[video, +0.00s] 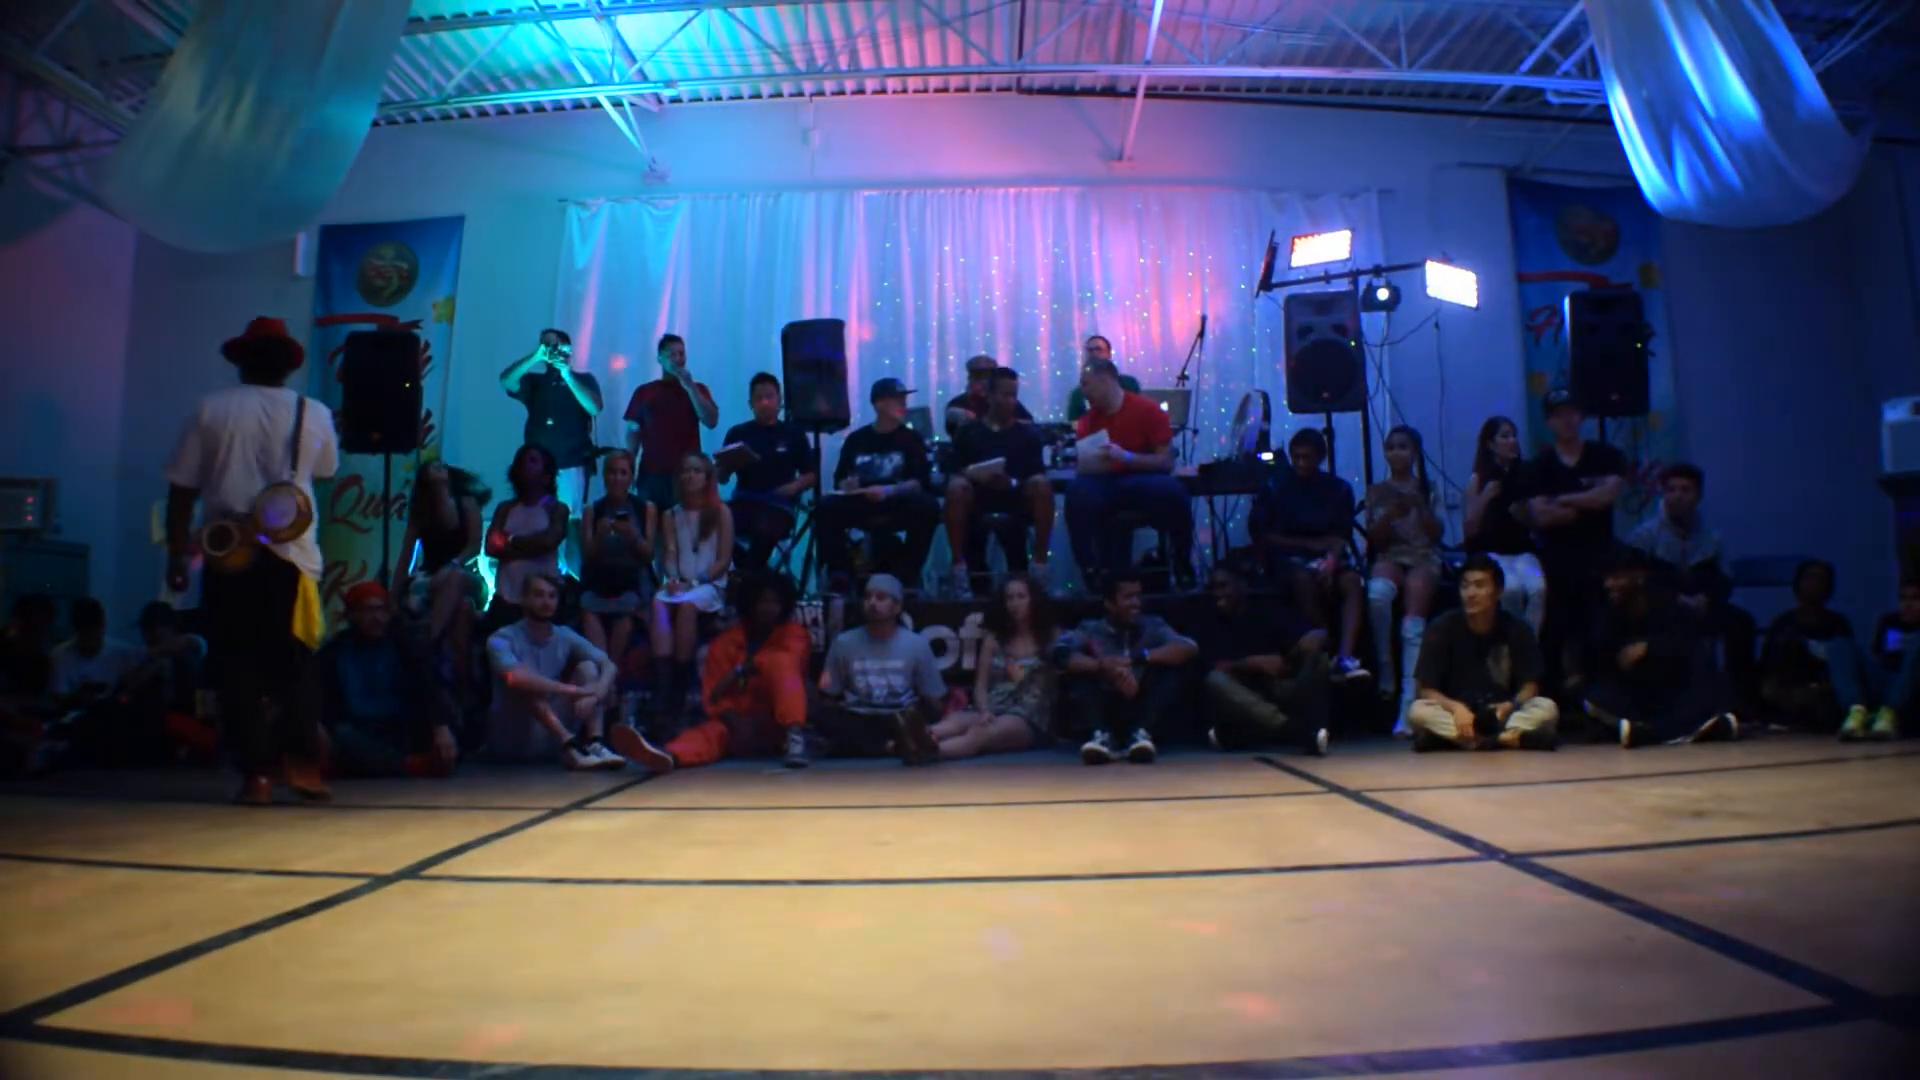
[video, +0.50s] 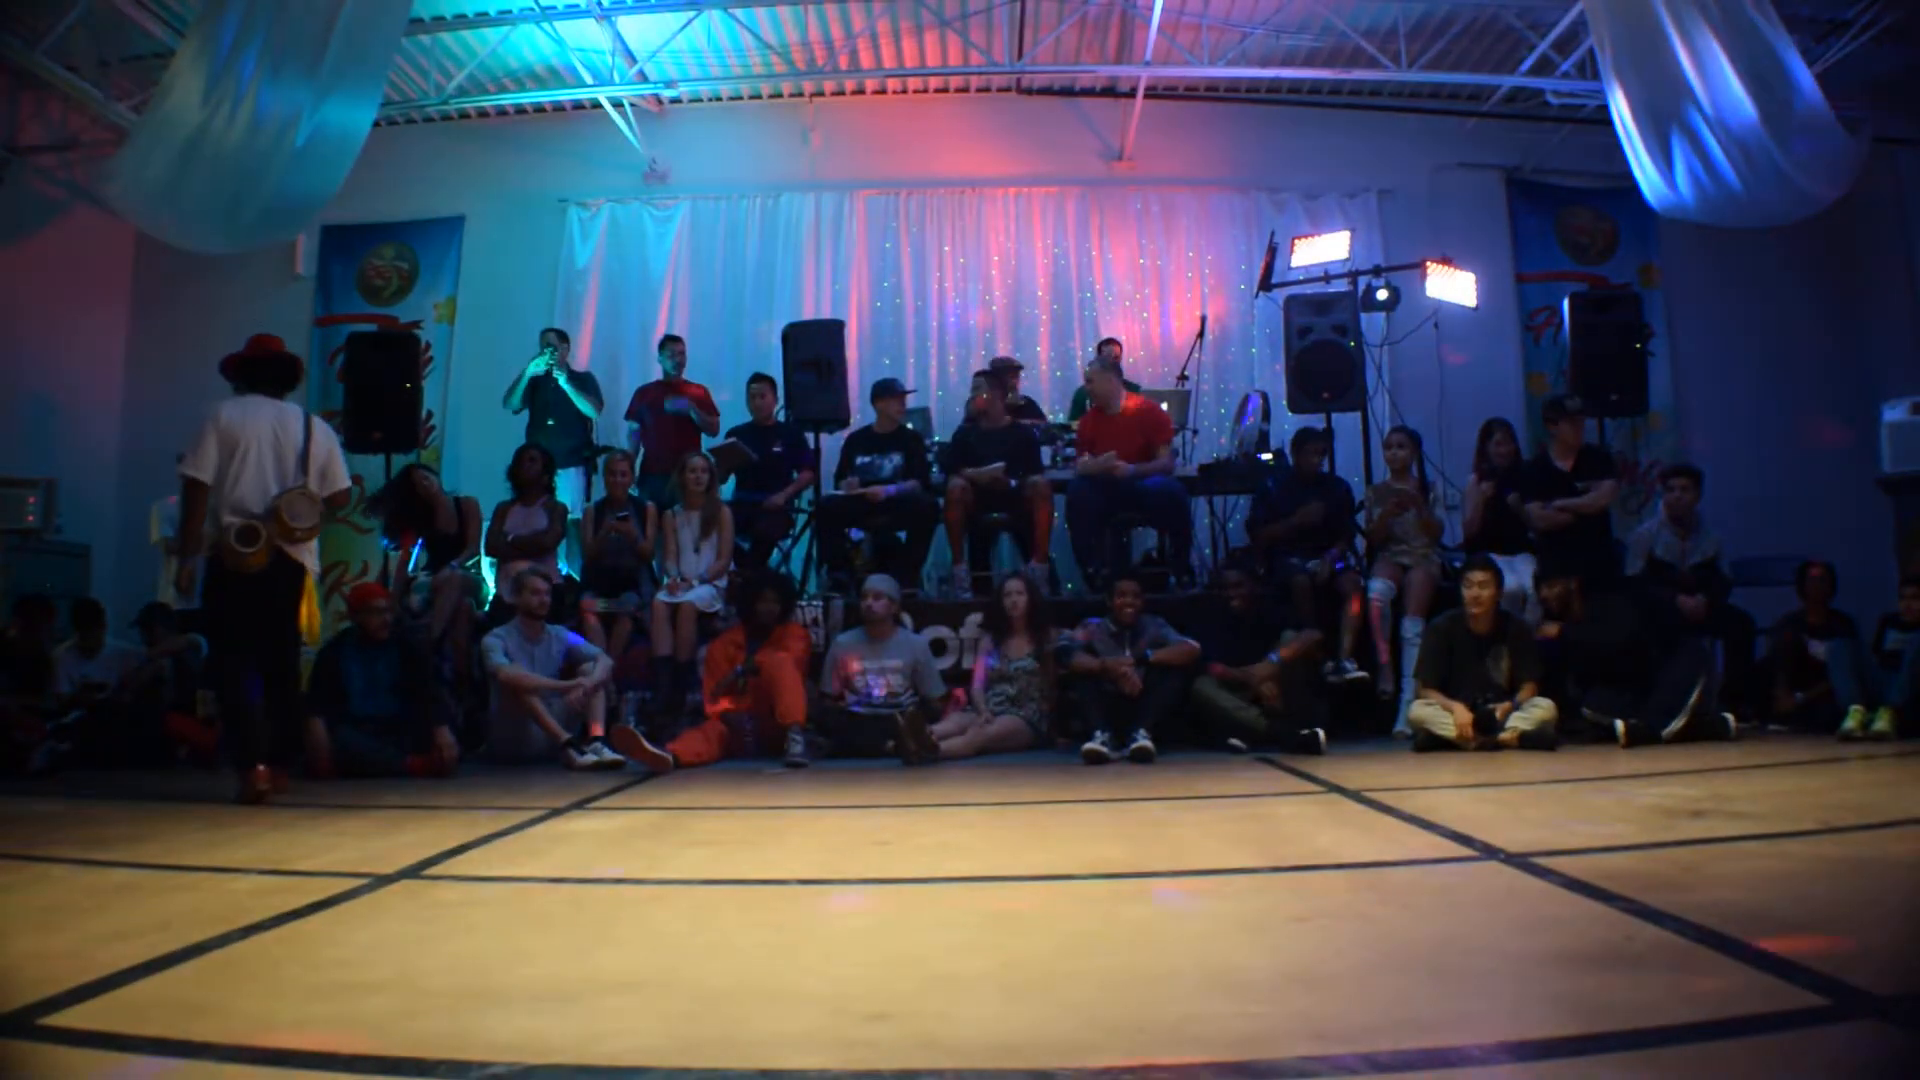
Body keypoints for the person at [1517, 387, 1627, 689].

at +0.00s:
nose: (1567, 422)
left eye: (1571, 414)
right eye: (1559, 416)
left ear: (1580, 417)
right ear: (1549, 422)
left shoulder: (1604, 455)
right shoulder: (1538, 465)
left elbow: (1610, 494)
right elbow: (1540, 515)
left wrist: (1559, 500)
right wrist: (1590, 501)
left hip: (1598, 558)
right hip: (1558, 561)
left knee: (1601, 627)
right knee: (1558, 631)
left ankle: (1604, 694)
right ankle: (1557, 693)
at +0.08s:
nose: (1566, 422)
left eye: (1570, 415)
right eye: (1558, 417)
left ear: (1579, 418)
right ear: (1548, 424)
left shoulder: (1603, 454)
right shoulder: (1538, 465)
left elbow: (1610, 494)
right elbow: (1539, 515)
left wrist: (1560, 501)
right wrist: (1588, 502)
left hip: (1599, 555)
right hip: (1559, 558)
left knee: (1601, 624)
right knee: (1560, 627)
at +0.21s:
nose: (1568, 423)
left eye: (1571, 416)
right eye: (1560, 418)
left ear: (1579, 419)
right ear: (1549, 424)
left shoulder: (1601, 455)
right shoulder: (1538, 465)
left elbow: (1605, 497)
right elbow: (1536, 514)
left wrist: (1557, 502)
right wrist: (1586, 506)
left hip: (1598, 552)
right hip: (1557, 557)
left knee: (1600, 622)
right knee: (1560, 626)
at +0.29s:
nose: (1574, 425)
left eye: (1577, 418)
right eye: (1566, 419)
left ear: (1583, 420)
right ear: (1551, 425)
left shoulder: (1600, 455)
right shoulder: (1538, 466)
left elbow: (1606, 497)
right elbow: (1537, 517)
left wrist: (1559, 503)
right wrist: (1586, 504)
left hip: (1600, 558)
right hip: (1557, 565)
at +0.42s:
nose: (1577, 427)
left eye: (1579, 420)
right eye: (1569, 422)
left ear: (1583, 422)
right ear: (1552, 427)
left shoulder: (1599, 457)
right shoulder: (1535, 468)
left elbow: (1606, 497)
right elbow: (1538, 519)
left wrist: (1558, 505)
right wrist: (1585, 506)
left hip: (1600, 559)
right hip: (1557, 565)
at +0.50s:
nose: (1578, 429)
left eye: (1579, 422)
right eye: (1571, 423)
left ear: (1584, 423)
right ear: (1552, 427)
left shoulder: (1598, 458)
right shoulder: (1534, 469)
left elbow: (1606, 497)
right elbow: (1537, 519)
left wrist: (1558, 505)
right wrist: (1584, 507)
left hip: (1599, 561)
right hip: (1556, 567)